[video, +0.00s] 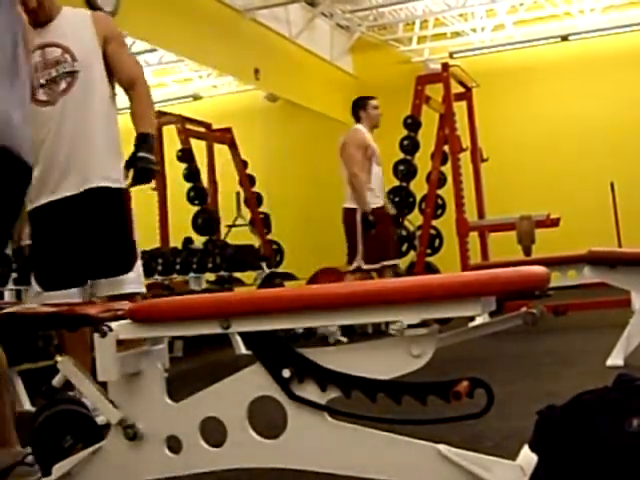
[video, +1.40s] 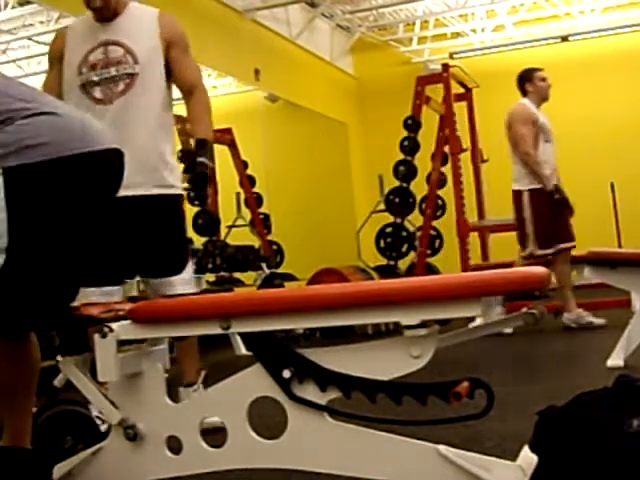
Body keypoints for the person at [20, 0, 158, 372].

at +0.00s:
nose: (28, 3)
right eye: (22, 1)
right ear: (18, 4)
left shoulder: (96, 24)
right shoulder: (12, 45)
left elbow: (136, 85)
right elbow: (10, 128)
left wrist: (145, 145)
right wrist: (17, 207)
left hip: (101, 180)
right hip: (44, 194)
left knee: (119, 300)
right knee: (65, 311)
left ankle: (134, 395)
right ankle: (83, 400)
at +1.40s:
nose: (102, 1)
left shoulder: (162, 28)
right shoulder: (65, 40)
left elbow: (194, 92)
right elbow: (46, 111)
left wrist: (203, 158)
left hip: (155, 187)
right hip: (90, 193)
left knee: (177, 301)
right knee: (96, 306)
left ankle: (190, 394)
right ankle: (105, 401)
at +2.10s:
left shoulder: (221, 26)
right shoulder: (120, 26)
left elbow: (246, 95)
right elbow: (95, 96)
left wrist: (260, 156)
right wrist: (73, 152)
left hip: (193, 181)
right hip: (126, 171)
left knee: (190, 294)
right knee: (93, 236)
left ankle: (193, 390)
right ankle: (113, 346)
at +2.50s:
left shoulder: (223, 32)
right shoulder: (120, 24)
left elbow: (246, 100)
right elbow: (92, 89)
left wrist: (256, 161)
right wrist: (76, 158)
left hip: (192, 189)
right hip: (126, 183)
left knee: (195, 304)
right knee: (109, 294)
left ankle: (195, 395)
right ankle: (117, 391)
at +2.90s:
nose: (204, 33)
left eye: (215, 26)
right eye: (200, 21)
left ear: (225, 20)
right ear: (182, 2)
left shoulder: (222, 48)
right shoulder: (126, 34)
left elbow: (230, 114)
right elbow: (106, 116)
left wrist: (239, 169)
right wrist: (122, 197)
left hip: (195, 197)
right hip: (131, 198)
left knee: (224, 306)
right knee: (128, 318)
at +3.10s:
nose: (238, 86)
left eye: (248, 80)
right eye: (235, 75)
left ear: (259, 72)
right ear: (218, 52)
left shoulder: (257, 89)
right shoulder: (161, 76)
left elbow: (259, 153)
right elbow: (138, 167)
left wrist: (247, 212)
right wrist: (144, 250)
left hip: (209, 196)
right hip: (150, 193)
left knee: (229, 302)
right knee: (146, 306)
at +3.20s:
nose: (247, 137)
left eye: (257, 133)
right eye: (245, 128)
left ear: (269, 120)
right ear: (232, 101)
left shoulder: (264, 120)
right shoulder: (168, 120)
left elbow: (264, 178)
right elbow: (149, 210)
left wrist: (250, 236)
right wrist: (153, 292)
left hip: (210, 209)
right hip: (159, 211)